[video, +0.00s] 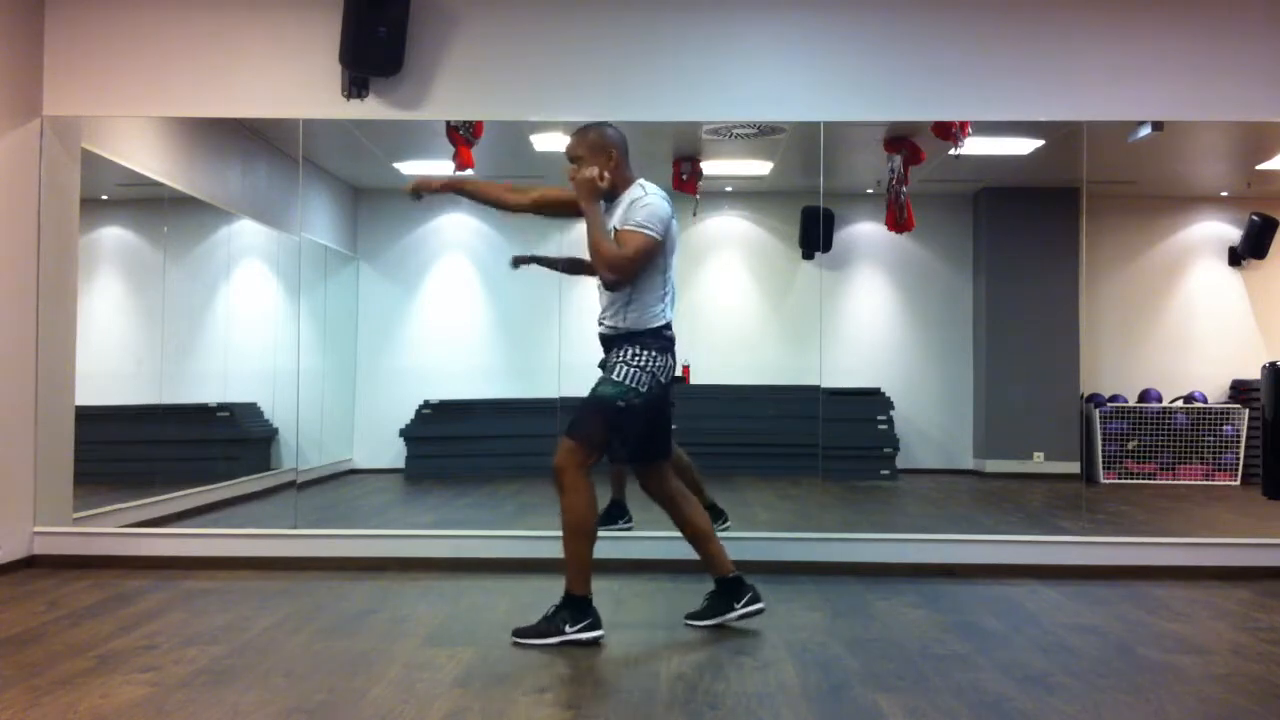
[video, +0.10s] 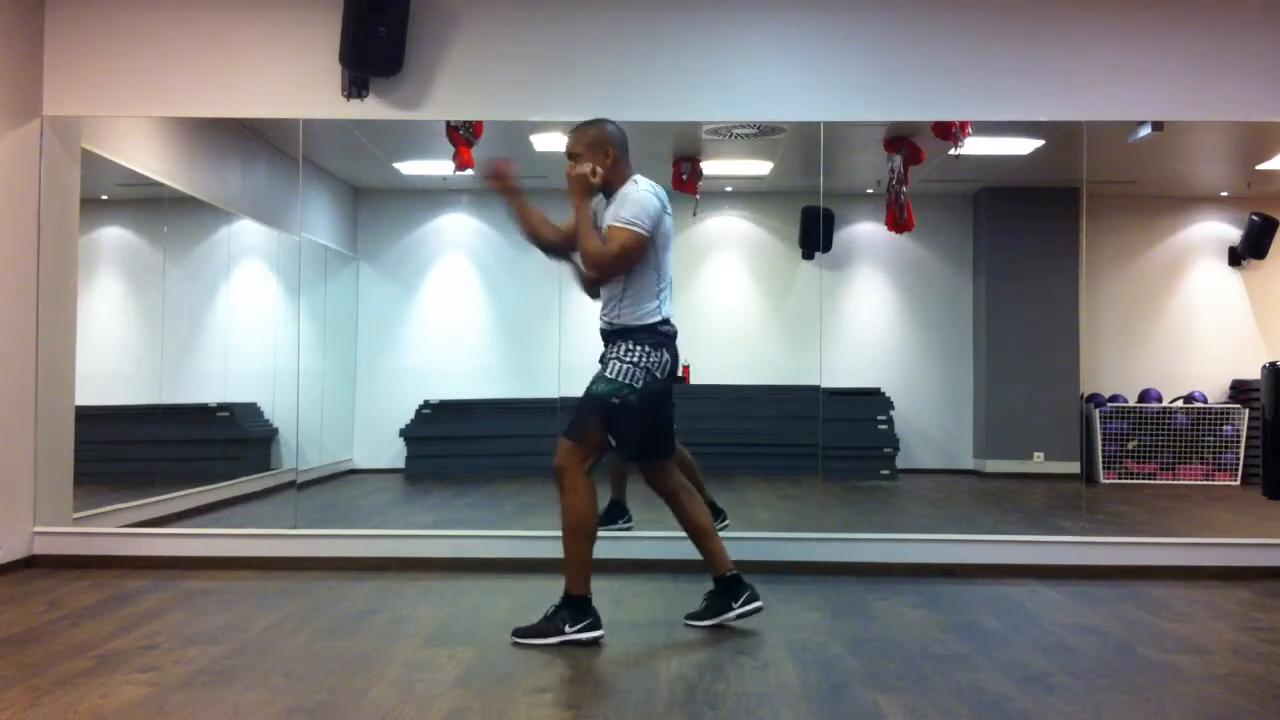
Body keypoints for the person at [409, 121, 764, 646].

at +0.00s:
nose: (572, 173)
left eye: (577, 163)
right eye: (572, 165)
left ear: (610, 163)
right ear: (606, 165)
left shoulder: (650, 204)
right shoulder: (612, 200)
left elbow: (613, 269)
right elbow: (523, 198)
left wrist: (590, 204)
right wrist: (450, 183)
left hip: (641, 354)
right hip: (630, 351)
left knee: (572, 462)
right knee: (658, 478)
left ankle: (577, 607)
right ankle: (731, 585)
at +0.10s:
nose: (571, 170)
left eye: (575, 160)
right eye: (570, 161)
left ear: (605, 159)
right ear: (605, 159)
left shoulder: (642, 197)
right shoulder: (608, 202)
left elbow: (599, 265)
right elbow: (553, 240)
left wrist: (579, 201)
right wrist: (512, 194)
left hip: (639, 350)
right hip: (633, 349)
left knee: (572, 461)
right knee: (662, 473)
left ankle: (577, 607)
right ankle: (730, 584)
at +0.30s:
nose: (571, 162)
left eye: (574, 153)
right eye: (572, 154)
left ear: (593, 154)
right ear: (620, 151)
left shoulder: (612, 187)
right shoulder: (649, 191)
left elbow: (564, 257)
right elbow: (595, 269)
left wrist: (566, 191)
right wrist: (575, 198)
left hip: (638, 341)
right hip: (670, 340)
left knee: (579, 463)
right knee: (669, 470)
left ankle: (577, 607)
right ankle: (705, 595)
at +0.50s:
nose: (577, 211)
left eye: (577, 204)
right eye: (576, 205)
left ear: (592, 190)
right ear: (623, 184)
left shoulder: (593, 215)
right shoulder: (675, 220)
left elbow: (580, 305)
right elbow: (674, 290)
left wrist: (580, 253)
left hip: (629, 356)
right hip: (675, 357)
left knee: (550, 467)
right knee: (672, 476)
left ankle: (562, 608)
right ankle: (706, 597)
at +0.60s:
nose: (567, 219)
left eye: (568, 210)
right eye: (566, 212)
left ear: (584, 198)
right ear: (611, 192)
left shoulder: (596, 220)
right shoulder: (665, 233)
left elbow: (574, 308)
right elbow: (682, 323)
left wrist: (572, 246)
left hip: (629, 369)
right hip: (671, 370)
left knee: (543, 470)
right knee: (653, 483)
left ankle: (561, 611)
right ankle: (705, 596)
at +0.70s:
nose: (559, 203)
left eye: (564, 192)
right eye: (558, 194)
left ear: (594, 187)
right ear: (596, 188)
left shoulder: (629, 217)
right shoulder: (623, 227)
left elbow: (585, 288)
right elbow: (638, 324)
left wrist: (568, 230)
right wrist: (594, 361)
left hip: (642, 370)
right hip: (638, 371)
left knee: (548, 469)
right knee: (624, 499)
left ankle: (562, 611)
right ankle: (712, 592)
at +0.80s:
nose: (568, 187)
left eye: (577, 177)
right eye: (568, 178)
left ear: (612, 180)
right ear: (594, 185)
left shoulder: (656, 219)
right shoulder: (592, 238)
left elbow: (621, 278)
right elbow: (569, 319)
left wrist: (593, 221)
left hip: (650, 368)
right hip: (627, 369)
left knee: (559, 468)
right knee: (625, 499)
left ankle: (564, 611)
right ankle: (718, 588)